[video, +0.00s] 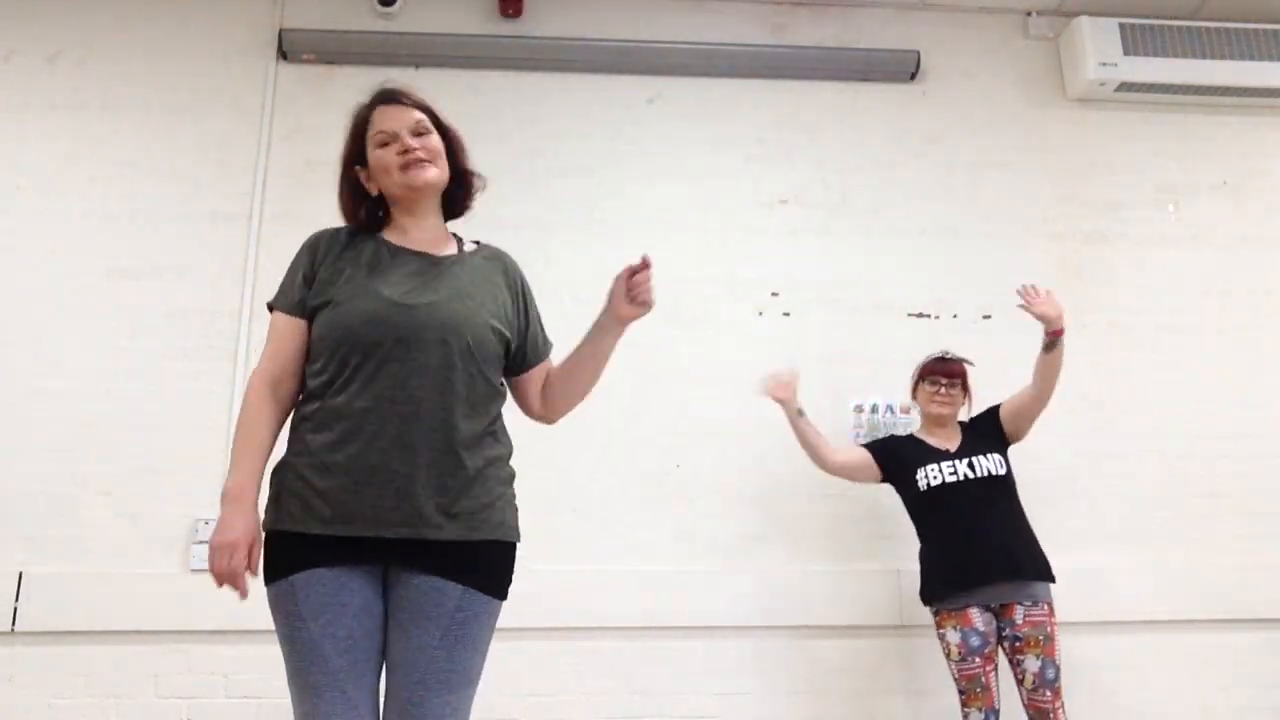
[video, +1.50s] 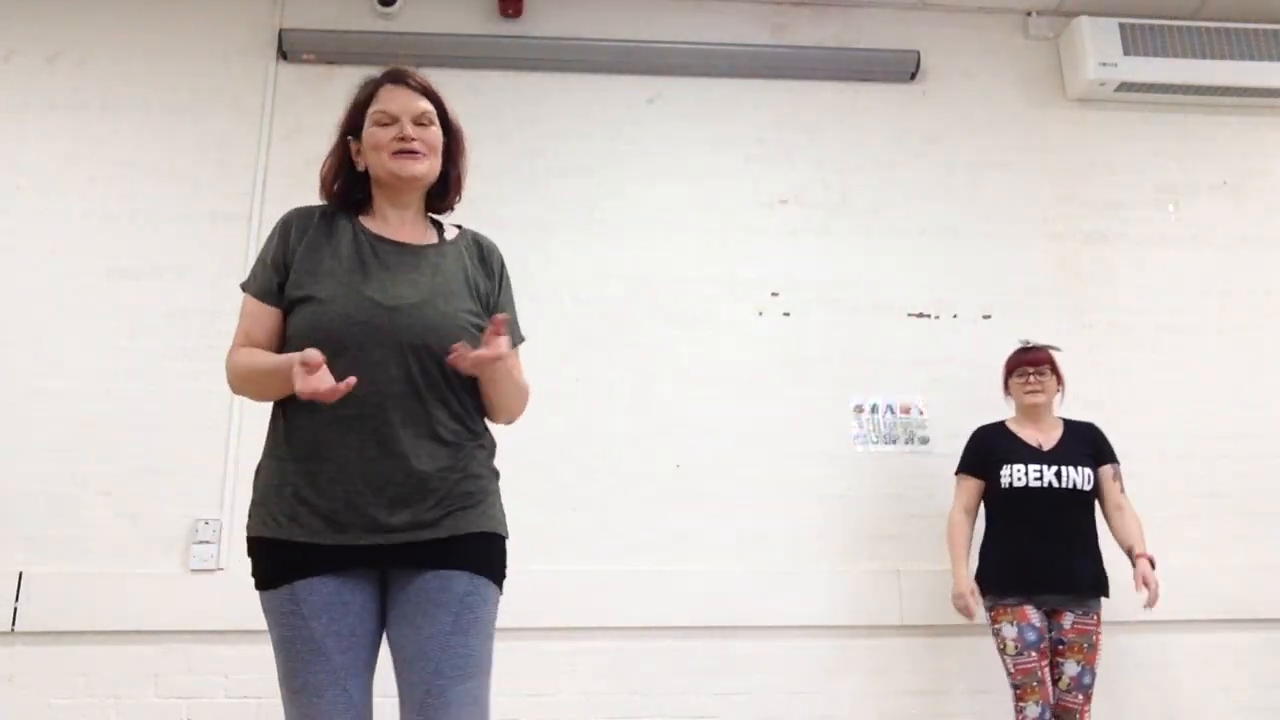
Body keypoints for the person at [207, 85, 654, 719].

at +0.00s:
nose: (411, 144)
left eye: (422, 132)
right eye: (388, 141)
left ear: (448, 155)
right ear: (366, 176)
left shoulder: (498, 273)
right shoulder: (328, 255)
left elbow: (545, 400)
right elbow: (273, 386)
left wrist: (614, 319)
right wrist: (239, 502)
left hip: (460, 535)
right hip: (321, 526)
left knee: (431, 713)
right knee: (333, 713)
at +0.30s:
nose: (398, 141)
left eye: (410, 129)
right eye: (375, 138)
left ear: (438, 152)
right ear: (356, 173)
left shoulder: (490, 264)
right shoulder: (319, 254)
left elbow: (514, 398)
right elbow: (269, 387)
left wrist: (425, 400)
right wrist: (231, 498)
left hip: (458, 534)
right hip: (321, 530)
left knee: (430, 713)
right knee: (333, 713)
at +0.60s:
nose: (397, 145)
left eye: (416, 134)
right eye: (380, 132)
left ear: (443, 160)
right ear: (357, 155)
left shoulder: (479, 257)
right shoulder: (307, 259)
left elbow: (520, 379)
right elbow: (271, 396)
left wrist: (400, 406)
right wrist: (254, 521)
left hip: (453, 536)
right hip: (318, 536)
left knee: (428, 714)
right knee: (331, 714)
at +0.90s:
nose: (402, 147)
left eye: (420, 135)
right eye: (383, 135)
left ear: (447, 158)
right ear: (359, 157)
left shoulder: (481, 264)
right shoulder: (309, 252)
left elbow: (516, 394)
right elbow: (257, 379)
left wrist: (417, 399)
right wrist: (252, 458)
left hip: (451, 536)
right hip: (314, 534)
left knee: (426, 714)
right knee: (327, 713)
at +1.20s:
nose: (402, 137)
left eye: (419, 127)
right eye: (382, 126)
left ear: (442, 152)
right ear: (354, 152)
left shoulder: (475, 264)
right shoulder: (301, 242)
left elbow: (508, 409)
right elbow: (242, 374)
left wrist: (465, 386)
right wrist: (310, 369)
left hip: (443, 527)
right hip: (304, 523)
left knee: (422, 714)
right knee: (322, 713)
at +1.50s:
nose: (409, 133)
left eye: (424, 122)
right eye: (387, 123)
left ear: (445, 148)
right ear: (357, 149)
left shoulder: (478, 258)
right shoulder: (302, 234)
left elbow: (509, 408)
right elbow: (242, 366)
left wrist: (497, 362)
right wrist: (289, 372)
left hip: (450, 520)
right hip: (310, 521)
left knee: (451, 713)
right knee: (324, 714)